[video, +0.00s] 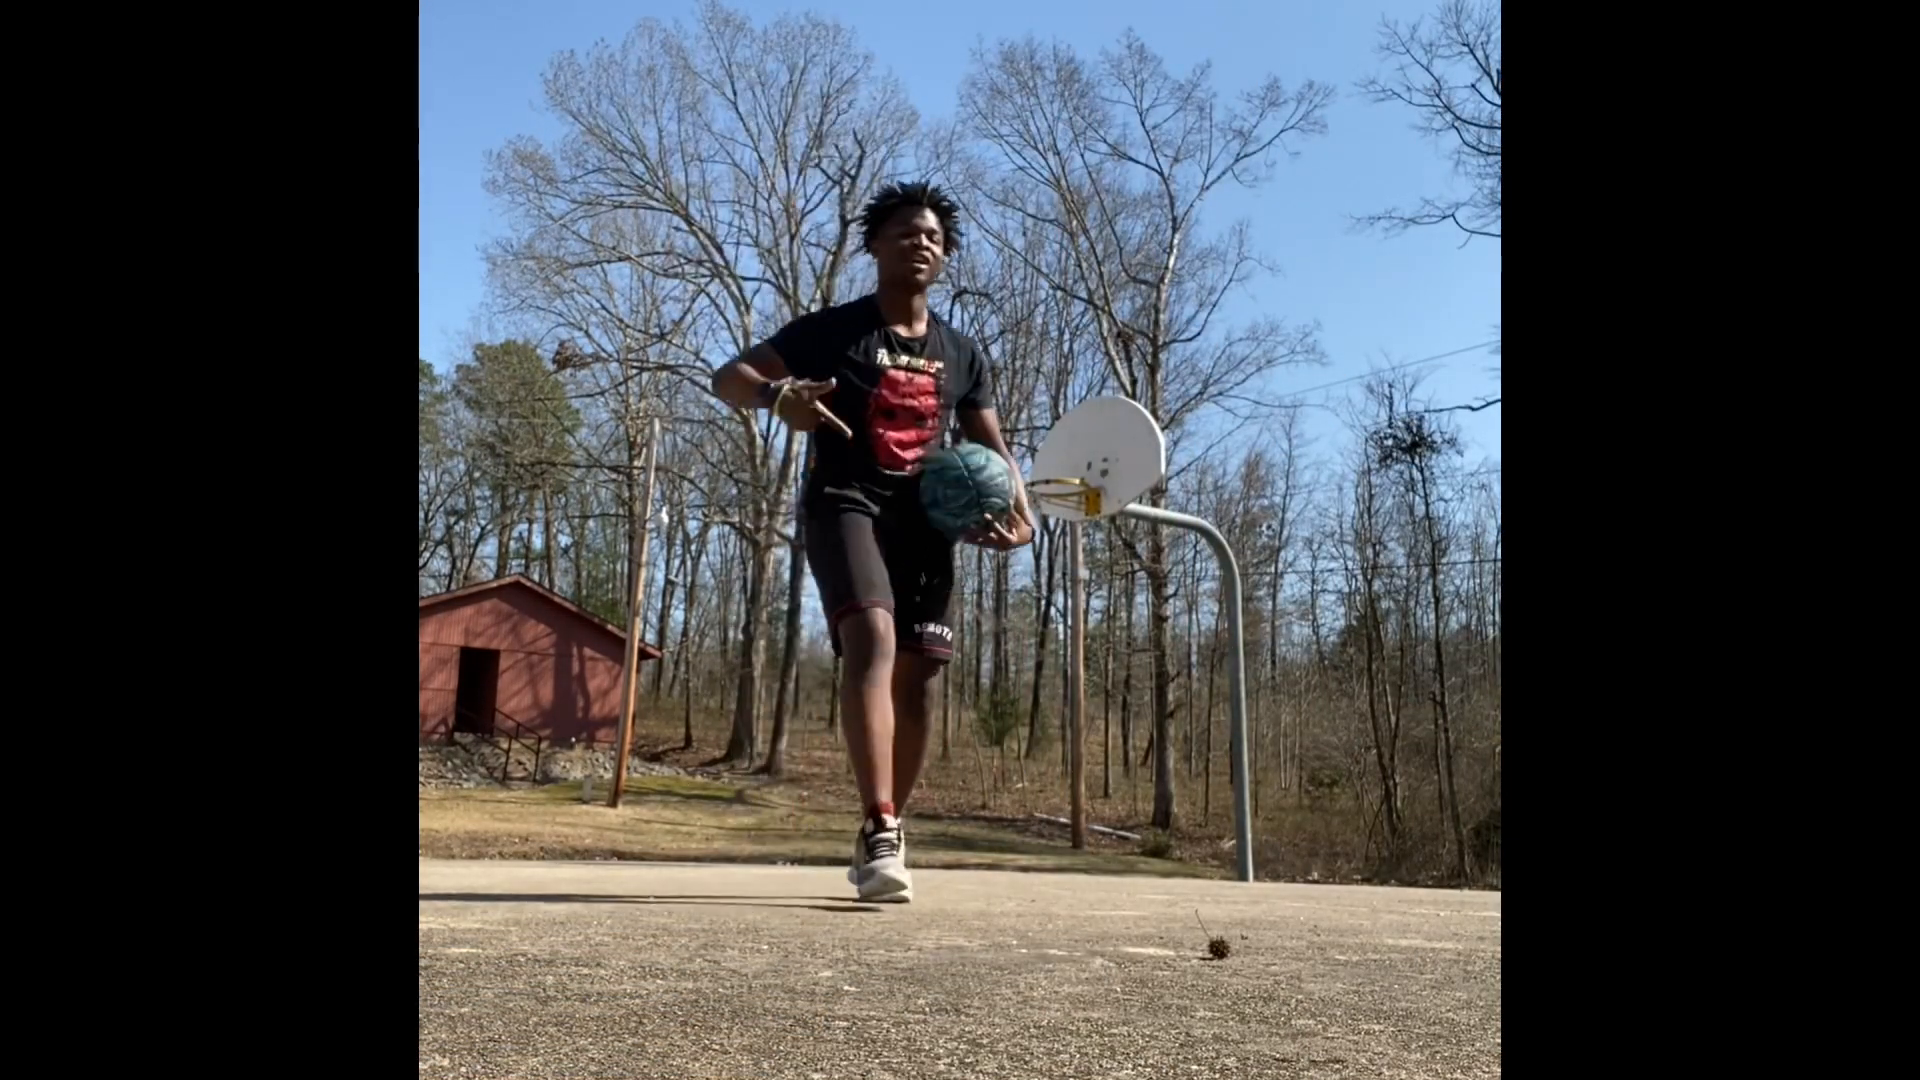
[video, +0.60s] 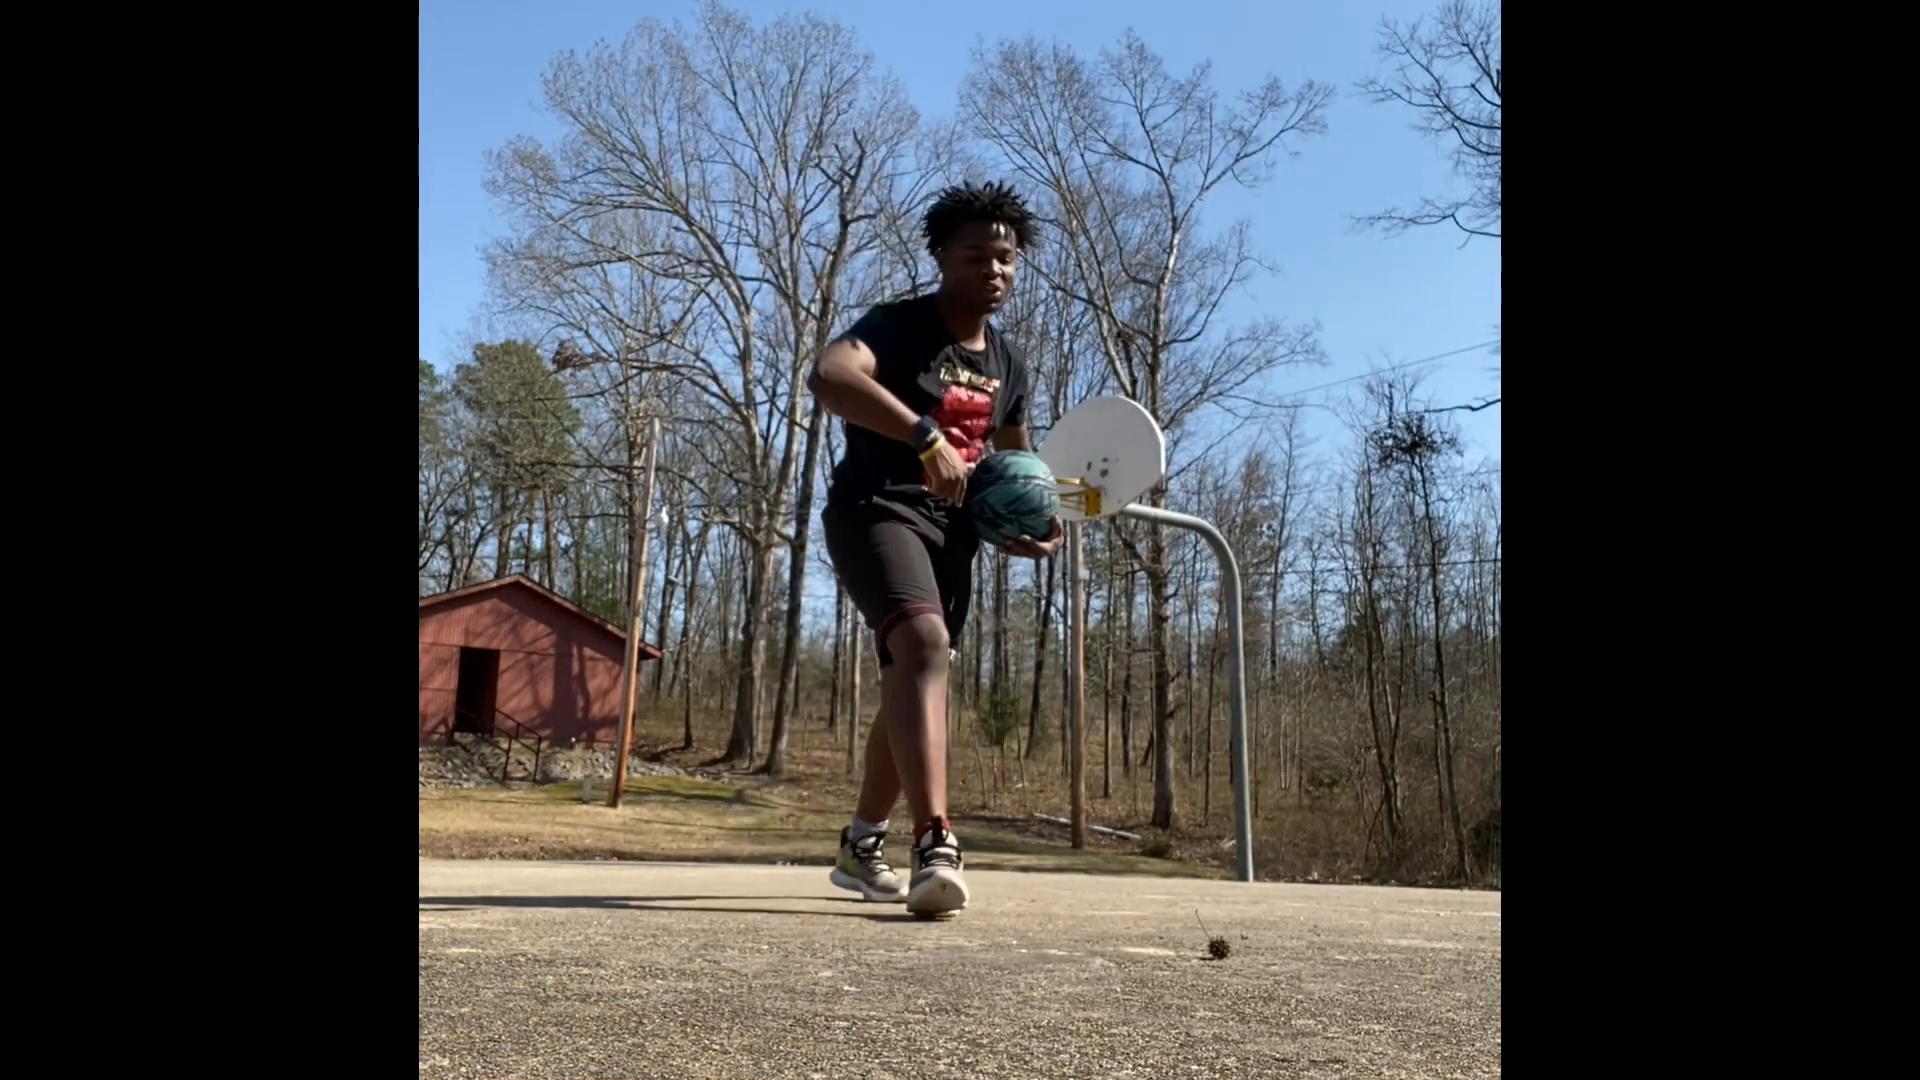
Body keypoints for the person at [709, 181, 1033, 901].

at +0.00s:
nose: (920, 245)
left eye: (931, 237)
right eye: (905, 235)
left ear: (944, 255)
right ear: (875, 249)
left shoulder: (962, 352)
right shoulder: (834, 329)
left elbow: (990, 445)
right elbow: (729, 379)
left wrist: (1020, 513)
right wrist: (776, 394)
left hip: (923, 514)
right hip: (846, 502)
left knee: (918, 678)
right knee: (874, 637)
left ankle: (883, 839)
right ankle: (881, 834)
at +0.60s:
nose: (996, 270)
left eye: (1006, 258)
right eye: (979, 256)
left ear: (1016, 269)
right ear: (941, 261)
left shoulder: (1005, 364)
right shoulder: (895, 325)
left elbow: (1016, 460)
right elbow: (833, 375)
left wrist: (1031, 520)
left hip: (952, 526)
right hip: (878, 508)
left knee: (912, 679)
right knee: (925, 637)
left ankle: (860, 843)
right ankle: (935, 844)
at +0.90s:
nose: (996, 181)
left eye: (1010, 163)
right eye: (976, 167)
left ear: (1033, 166)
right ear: (946, 172)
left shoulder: (1055, 268)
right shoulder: (900, 263)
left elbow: (1098, 379)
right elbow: (867, 400)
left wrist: (1127, 442)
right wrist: (966, 469)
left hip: (1012, 470)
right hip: (911, 467)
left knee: (1025, 668)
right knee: (934, 635)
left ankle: (952, 793)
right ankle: (940, 849)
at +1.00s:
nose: (1008, 134)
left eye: (1025, 118)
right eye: (989, 119)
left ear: (1050, 126)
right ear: (960, 127)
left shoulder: (1076, 235)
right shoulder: (913, 225)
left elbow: (1131, 346)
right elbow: (850, 356)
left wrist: (1166, 426)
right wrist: (937, 445)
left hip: (1032, 459)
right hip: (922, 453)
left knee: (1057, 630)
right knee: (929, 640)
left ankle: (1010, 829)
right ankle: (939, 853)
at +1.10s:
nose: (1037, 103)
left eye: (1056, 87)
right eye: (1018, 85)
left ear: (1081, 101)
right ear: (987, 92)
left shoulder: (1106, 220)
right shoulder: (931, 197)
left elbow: (1171, 325)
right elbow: (831, 309)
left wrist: (1203, 410)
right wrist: (887, 411)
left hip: (1052, 440)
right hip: (937, 434)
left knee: (1083, 596)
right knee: (934, 636)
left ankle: (1101, 855)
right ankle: (943, 853)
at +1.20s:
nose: (1079, 96)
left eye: (1100, 82)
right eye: (1061, 75)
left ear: (1123, 96)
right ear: (1028, 79)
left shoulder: (1143, 214)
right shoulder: (960, 180)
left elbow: (1220, 322)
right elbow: (819, 243)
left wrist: (1248, 408)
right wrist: (832, 332)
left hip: (1078, 443)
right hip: (958, 438)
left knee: (1117, 589)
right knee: (946, 651)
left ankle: (1172, 824)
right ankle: (945, 855)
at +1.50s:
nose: (1165, 11)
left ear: (1215, 17)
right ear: (1112, 6)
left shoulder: (1239, 153)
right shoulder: (1036, 108)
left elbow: (1280, 307)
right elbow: (902, 218)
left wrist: (1351, 394)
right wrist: (962, 269)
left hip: (1156, 399)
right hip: (1032, 394)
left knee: (1193, 587)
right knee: (1038, 609)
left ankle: (1201, 873)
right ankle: (993, 793)